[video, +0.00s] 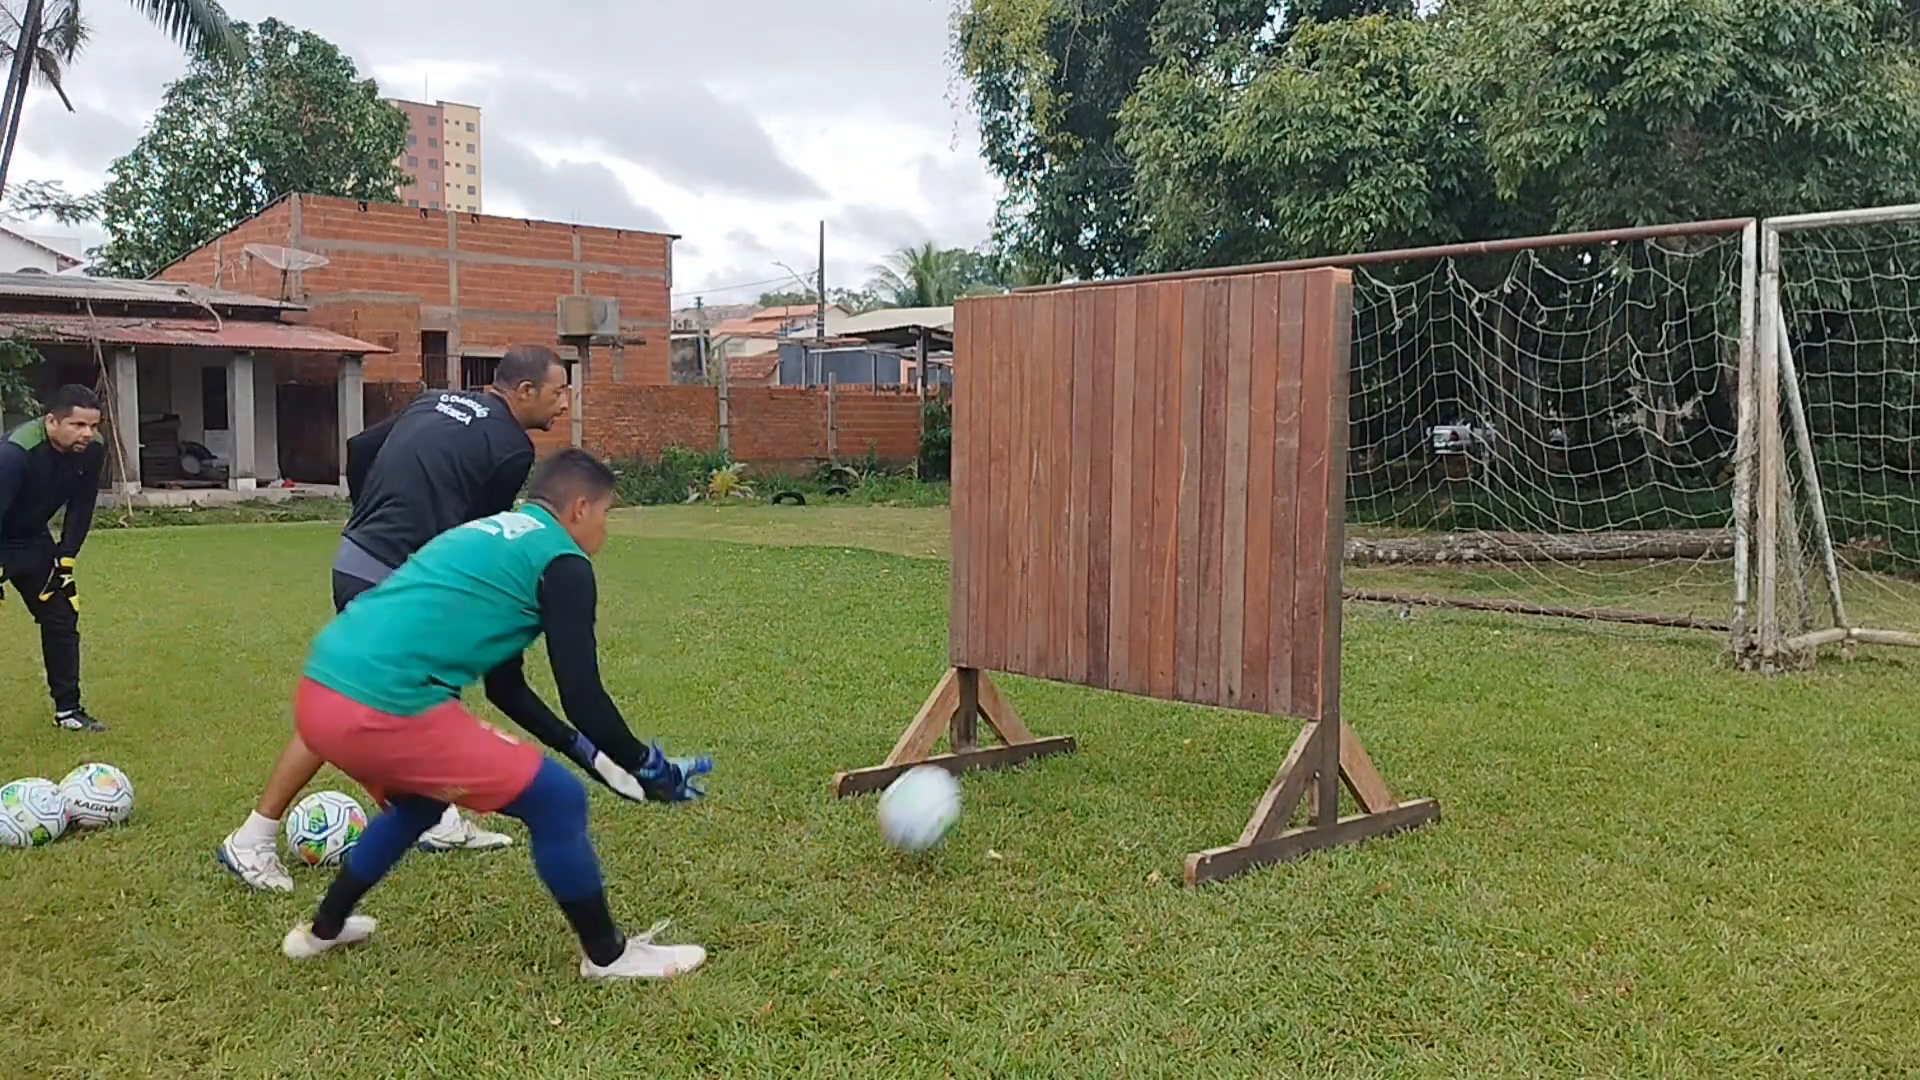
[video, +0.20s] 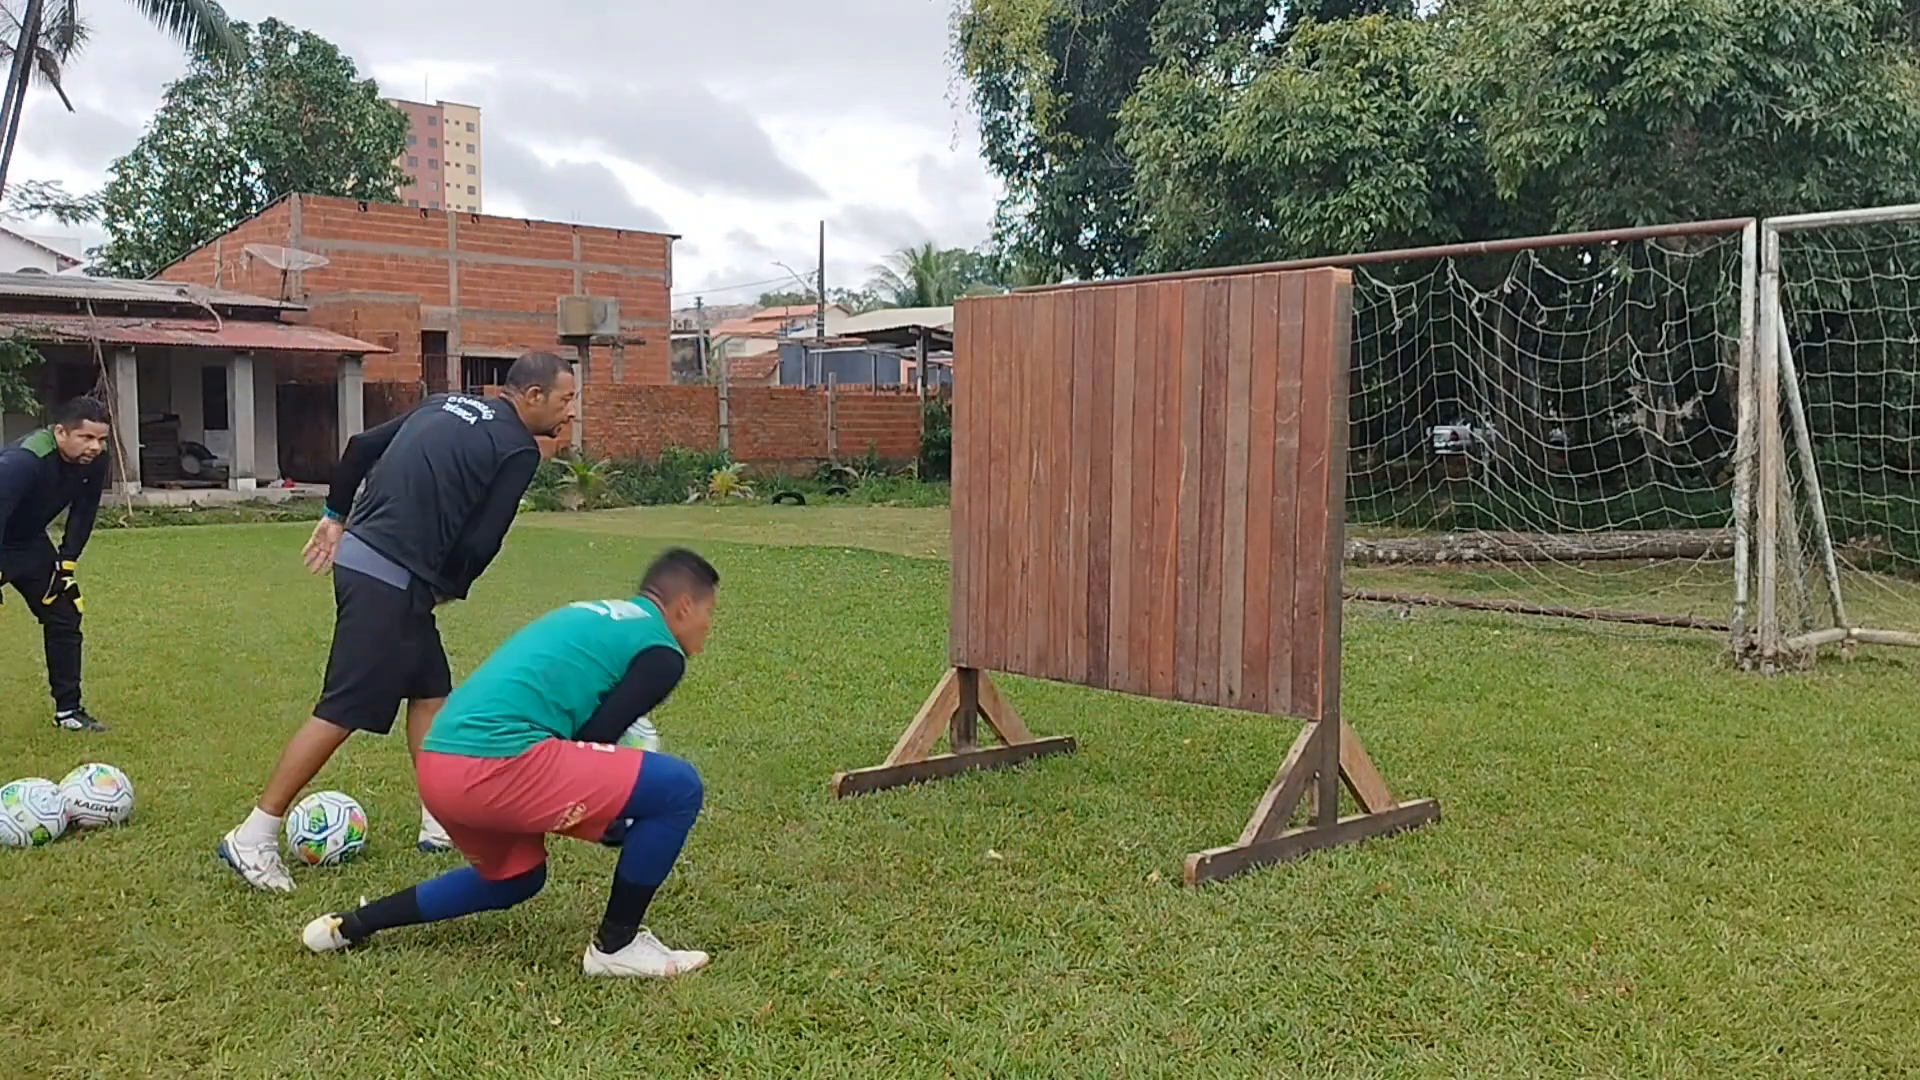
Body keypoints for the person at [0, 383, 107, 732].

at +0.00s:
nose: (88, 435)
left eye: (93, 426)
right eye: (79, 425)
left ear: (99, 425)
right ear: (51, 421)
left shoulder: (90, 451)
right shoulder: (15, 453)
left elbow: (82, 507)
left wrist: (67, 560)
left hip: (30, 540)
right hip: (5, 541)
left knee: (61, 616)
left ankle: (68, 710)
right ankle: (67, 709)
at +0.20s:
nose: (95, 447)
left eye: (101, 439)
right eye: (87, 437)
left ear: (106, 439)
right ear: (60, 433)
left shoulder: (94, 459)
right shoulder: (21, 463)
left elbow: (84, 511)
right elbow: (4, 517)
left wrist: (67, 563)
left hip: (27, 540)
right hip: (3, 543)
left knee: (63, 614)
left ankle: (68, 711)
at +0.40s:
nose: (97, 451)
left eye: (103, 444)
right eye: (89, 441)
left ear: (108, 443)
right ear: (63, 436)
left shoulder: (94, 461)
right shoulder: (23, 464)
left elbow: (82, 515)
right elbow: (6, 519)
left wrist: (64, 567)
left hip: (25, 541)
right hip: (5, 543)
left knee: (61, 617)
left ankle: (68, 711)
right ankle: (67, 710)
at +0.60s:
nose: (96, 456)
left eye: (102, 449)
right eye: (88, 447)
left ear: (108, 447)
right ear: (62, 439)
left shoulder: (95, 463)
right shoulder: (23, 465)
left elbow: (82, 516)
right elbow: (7, 521)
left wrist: (63, 567)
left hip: (22, 539)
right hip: (5, 541)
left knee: (60, 616)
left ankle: (68, 710)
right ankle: (67, 709)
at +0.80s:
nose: (94, 459)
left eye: (101, 451)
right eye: (87, 449)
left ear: (107, 449)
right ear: (60, 440)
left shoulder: (95, 465)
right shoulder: (22, 467)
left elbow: (82, 518)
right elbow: (7, 524)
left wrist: (62, 568)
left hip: (22, 541)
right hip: (5, 543)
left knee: (59, 615)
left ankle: (68, 710)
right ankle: (67, 709)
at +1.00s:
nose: (93, 458)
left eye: (100, 451)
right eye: (86, 449)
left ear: (107, 448)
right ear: (60, 440)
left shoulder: (95, 465)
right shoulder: (21, 468)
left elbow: (81, 519)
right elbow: (7, 527)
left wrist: (61, 568)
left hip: (20, 540)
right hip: (4, 542)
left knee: (58, 613)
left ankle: (68, 709)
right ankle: (67, 709)